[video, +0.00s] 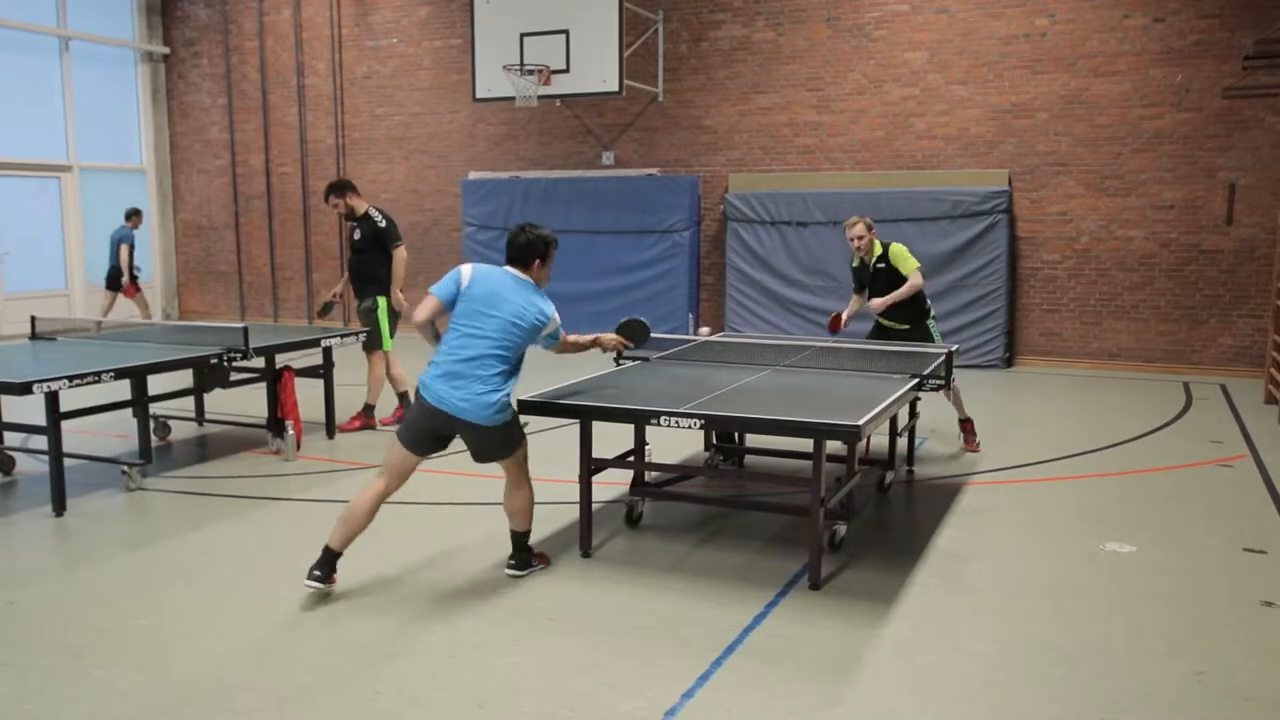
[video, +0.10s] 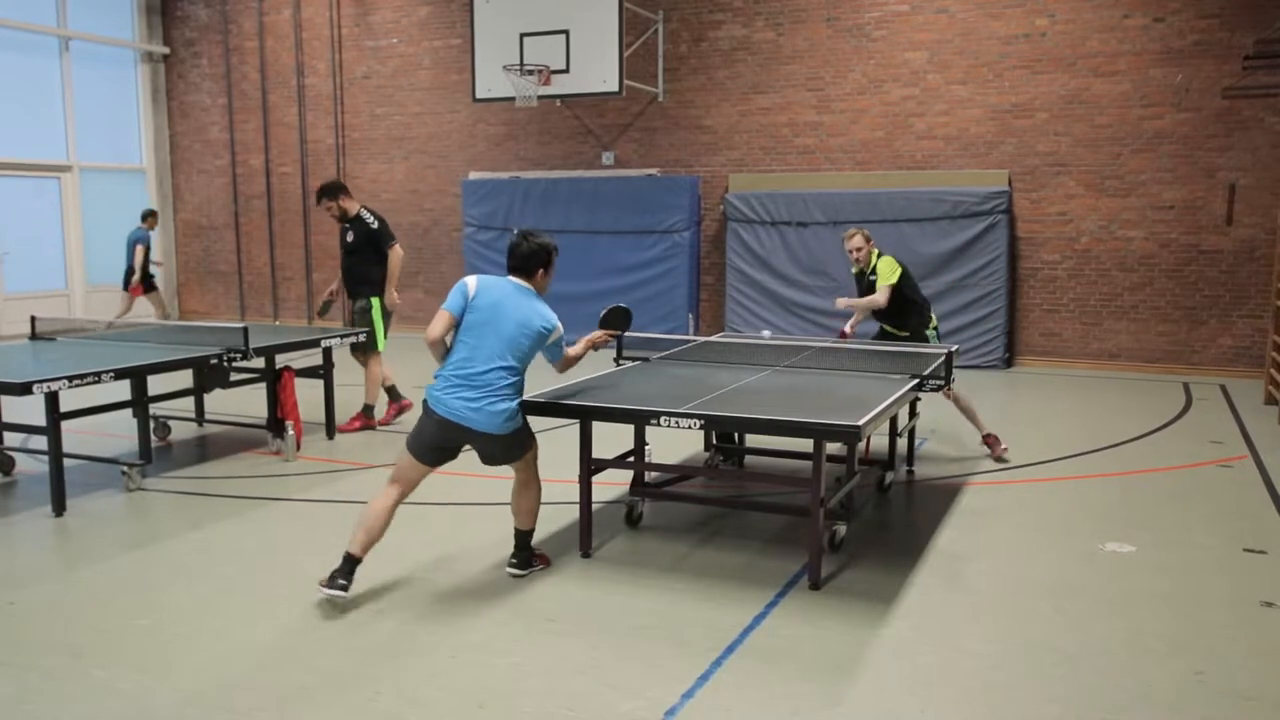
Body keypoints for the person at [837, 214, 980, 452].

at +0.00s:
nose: (857, 244)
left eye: (861, 238)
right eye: (852, 240)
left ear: (872, 235)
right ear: (848, 242)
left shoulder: (895, 251)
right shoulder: (857, 263)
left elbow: (917, 281)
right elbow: (859, 295)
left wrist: (886, 300)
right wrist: (847, 313)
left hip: (919, 325)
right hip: (885, 326)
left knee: (943, 377)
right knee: (863, 373)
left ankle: (965, 421)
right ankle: (861, 432)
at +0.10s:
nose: (855, 256)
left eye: (859, 249)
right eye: (850, 252)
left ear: (871, 247)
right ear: (847, 253)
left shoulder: (886, 263)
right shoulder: (859, 271)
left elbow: (881, 299)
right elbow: (868, 302)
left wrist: (851, 302)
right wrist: (852, 323)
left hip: (921, 332)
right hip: (890, 331)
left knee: (946, 389)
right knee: (862, 376)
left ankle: (986, 435)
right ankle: (859, 434)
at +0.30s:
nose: (867, 273)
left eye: (871, 266)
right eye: (863, 268)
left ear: (883, 261)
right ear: (858, 269)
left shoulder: (905, 270)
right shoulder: (863, 293)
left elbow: (931, 296)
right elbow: (844, 325)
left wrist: (898, 299)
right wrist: (854, 333)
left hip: (930, 345)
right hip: (894, 350)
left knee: (953, 394)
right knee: (865, 391)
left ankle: (989, 443)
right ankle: (856, 446)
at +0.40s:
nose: (874, 275)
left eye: (878, 269)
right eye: (870, 271)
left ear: (889, 264)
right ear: (864, 270)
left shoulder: (909, 270)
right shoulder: (866, 291)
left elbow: (945, 284)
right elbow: (835, 319)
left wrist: (928, 290)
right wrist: (845, 316)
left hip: (930, 343)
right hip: (894, 348)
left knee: (958, 391)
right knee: (871, 391)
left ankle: (987, 441)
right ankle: (861, 445)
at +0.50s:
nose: (879, 273)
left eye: (883, 267)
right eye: (874, 268)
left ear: (894, 264)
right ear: (870, 269)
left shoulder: (912, 274)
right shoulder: (870, 295)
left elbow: (948, 284)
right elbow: (849, 312)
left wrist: (944, 290)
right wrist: (818, 314)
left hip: (930, 347)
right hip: (894, 352)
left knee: (961, 391)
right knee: (870, 391)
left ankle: (986, 443)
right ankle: (859, 446)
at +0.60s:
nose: (884, 260)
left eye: (888, 254)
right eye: (879, 255)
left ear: (900, 254)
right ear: (874, 257)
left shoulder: (921, 268)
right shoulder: (873, 289)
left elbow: (953, 281)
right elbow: (845, 312)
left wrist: (955, 294)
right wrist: (818, 310)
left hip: (937, 344)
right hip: (898, 348)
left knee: (964, 389)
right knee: (869, 387)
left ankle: (986, 443)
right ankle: (862, 443)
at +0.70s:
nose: (885, 249)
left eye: (890, 243)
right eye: (881, 244)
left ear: (902, 242)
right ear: (877, 246)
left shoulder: (925, 257)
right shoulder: (878, 276)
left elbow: (958, 277)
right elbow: (852, 307)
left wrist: (951, 299)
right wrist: (832, 309)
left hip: (940, 332)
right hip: (904, 335)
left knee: (965, 384)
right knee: (871, 375)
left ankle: (990, 440)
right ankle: (861, 436)